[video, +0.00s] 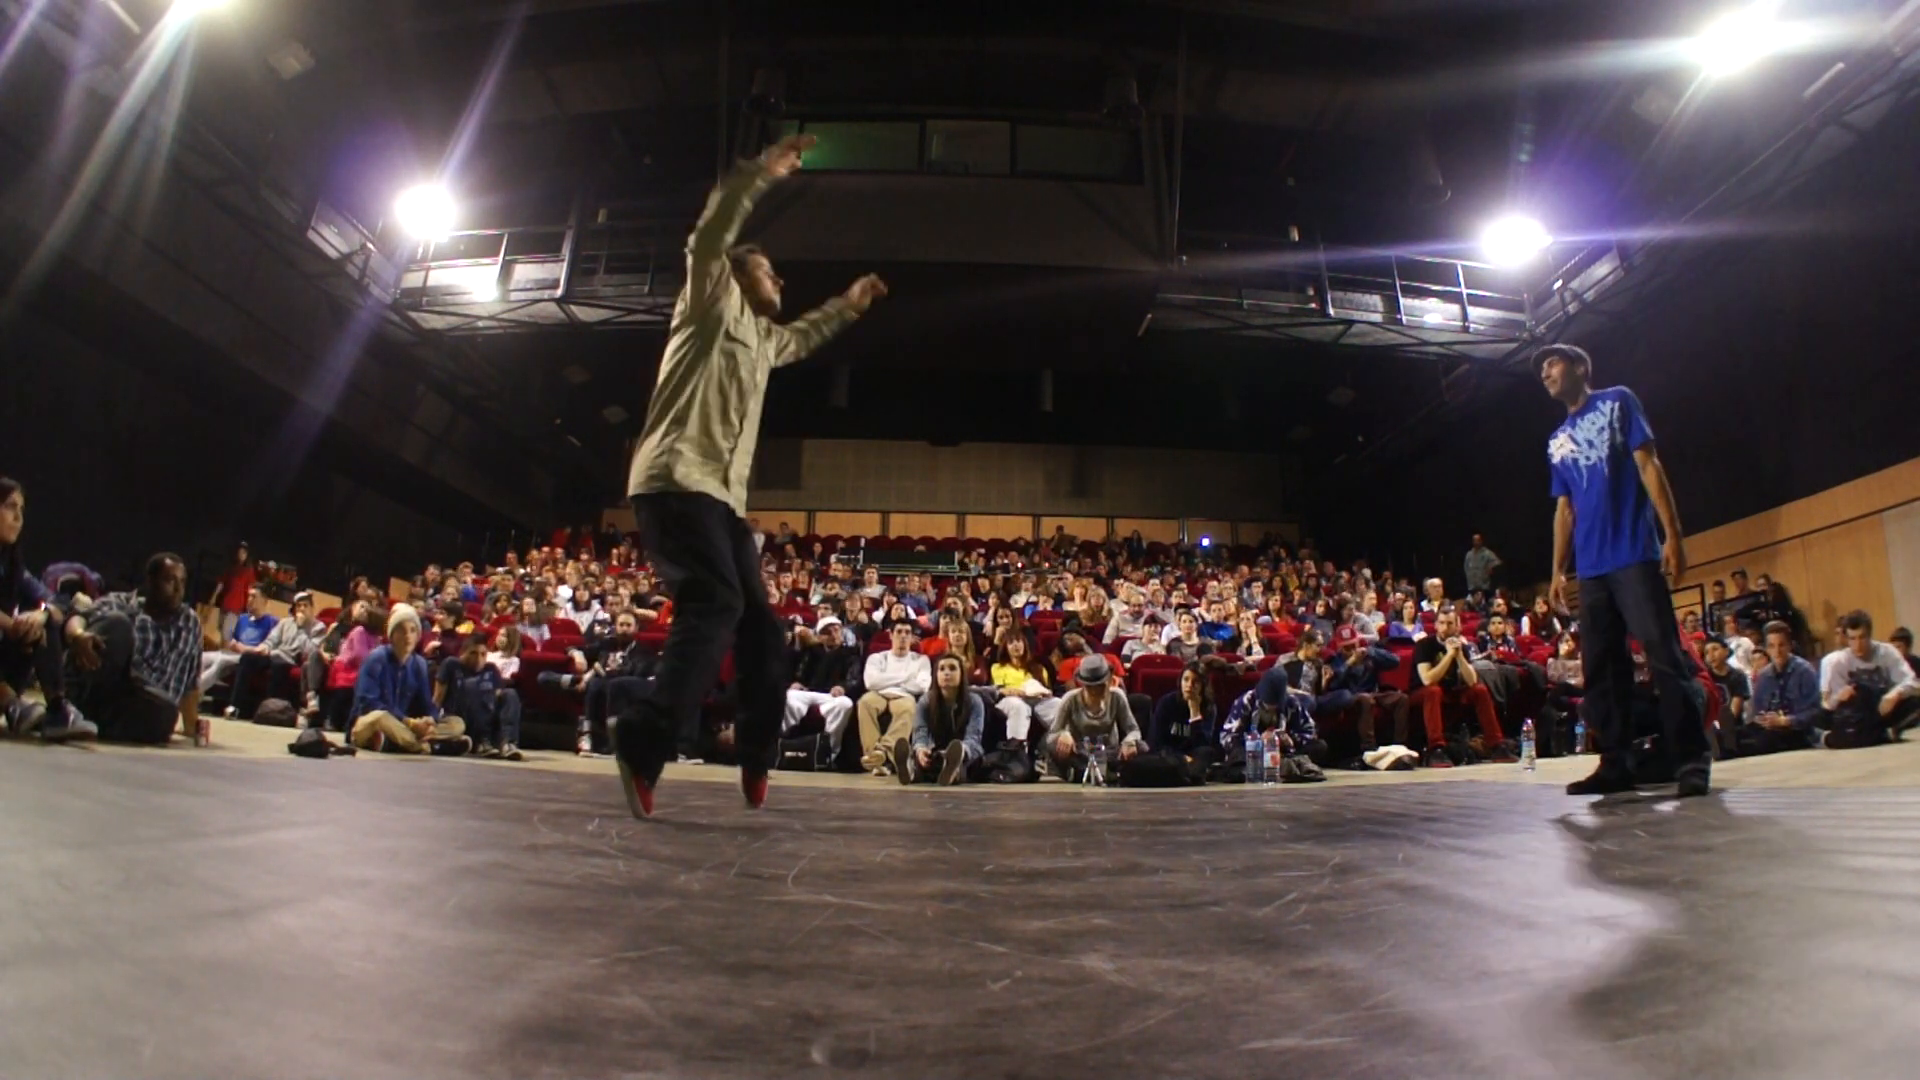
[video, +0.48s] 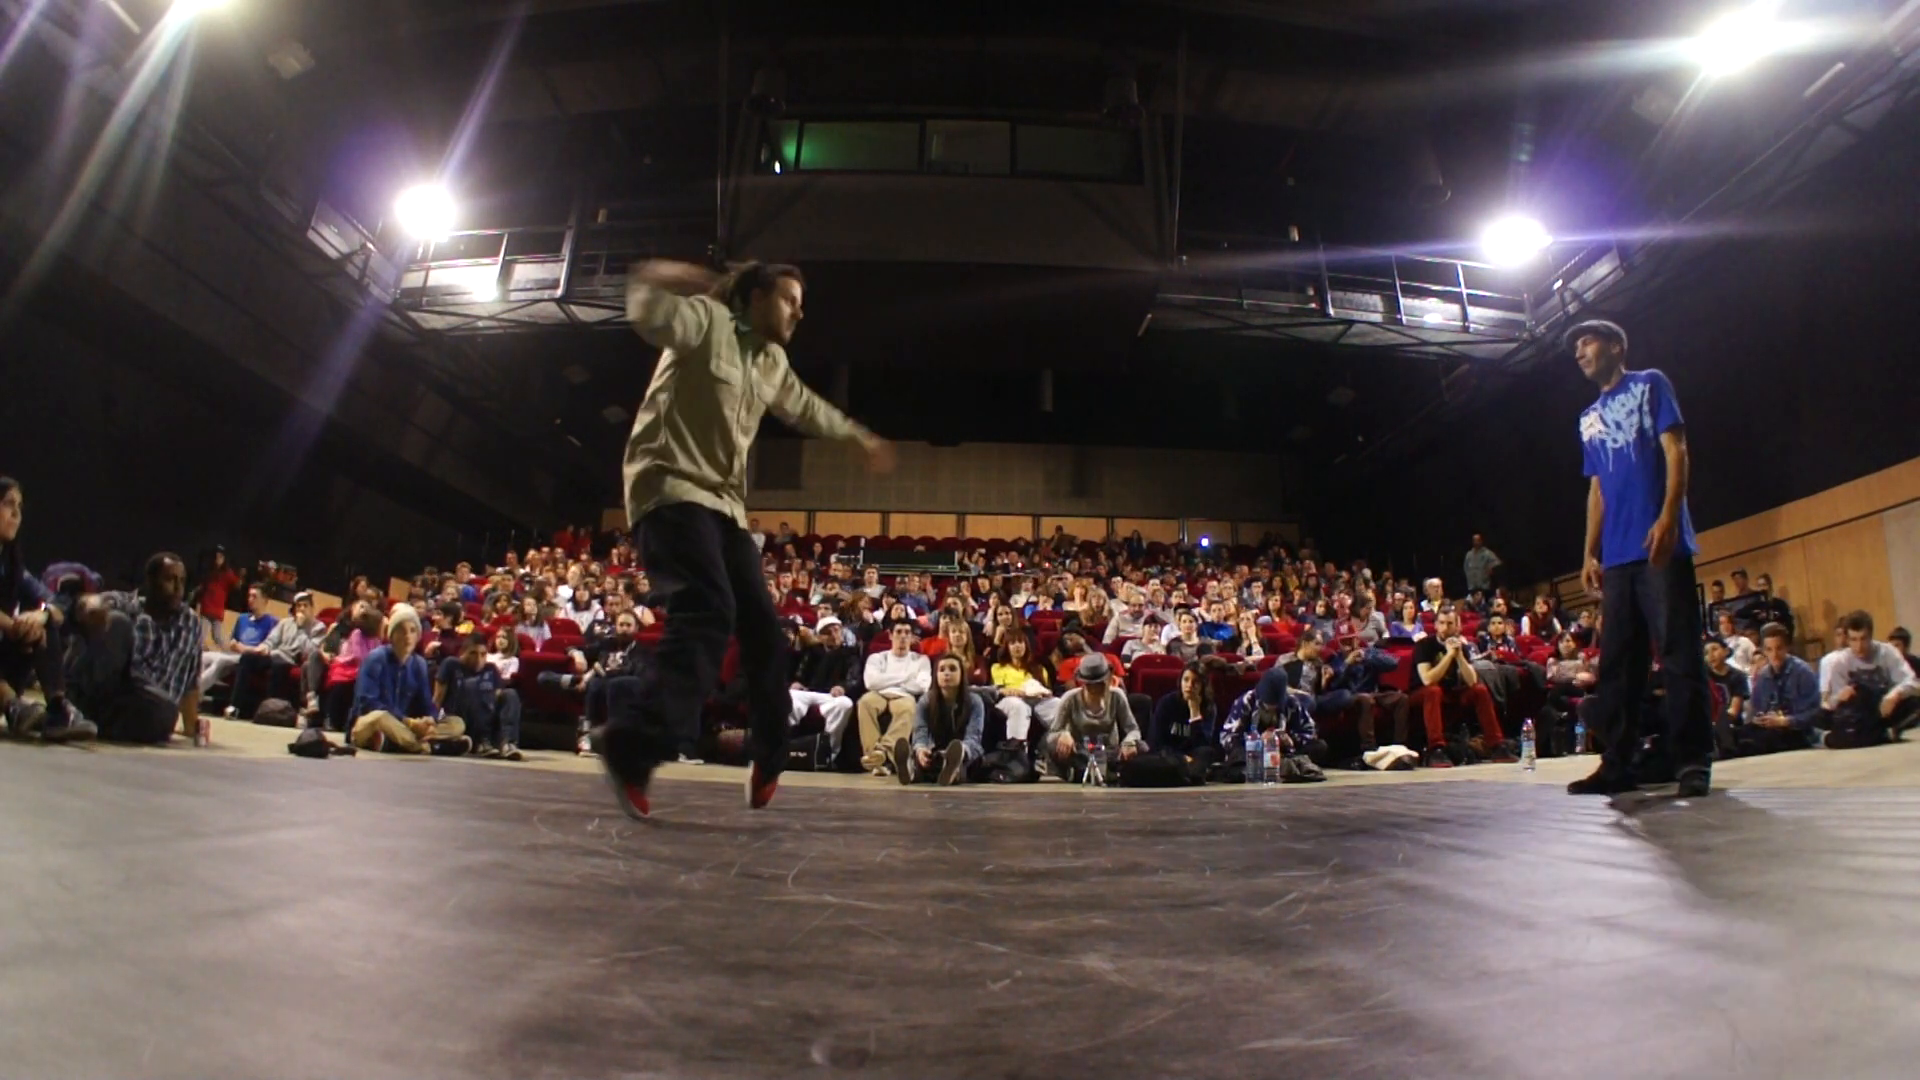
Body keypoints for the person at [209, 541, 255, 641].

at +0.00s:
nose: (241, 555)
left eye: (244, 553)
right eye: (240, 552)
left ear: (247, 555)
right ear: (236, 553)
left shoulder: (248, 570)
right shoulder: (231, 567)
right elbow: (221, 583)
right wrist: (213, 599)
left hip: (237, 605)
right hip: (225, 604)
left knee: (227, 631)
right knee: (222, 630)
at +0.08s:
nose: (238, 553)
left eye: (240, 550)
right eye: (236, 550)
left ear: (244, 552)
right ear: (233, 551)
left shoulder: (245, 565)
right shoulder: (229, 563)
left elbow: (247, 582)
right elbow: (220, 582)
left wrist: (243, 595)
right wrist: (214, 597)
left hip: (235, 602)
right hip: (222, 601)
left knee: (227, 633)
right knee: (217, 627)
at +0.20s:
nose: (233, 551)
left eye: (235, 548)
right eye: (231, 548)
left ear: (239, 550)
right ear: (228, 549)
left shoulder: (241, 563)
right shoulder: (224, 561)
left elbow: (245, 578)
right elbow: (218, 581)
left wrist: (237, 583)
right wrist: (212, 597)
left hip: (232, 600)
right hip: (219, 598)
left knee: (228, 631)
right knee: (212, 624)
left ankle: (227, 650)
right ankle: (205, 643)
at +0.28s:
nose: (229, 552)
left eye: (232, 550)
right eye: (228, 549)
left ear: (235, 551)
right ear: (224, 550)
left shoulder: (238, 564)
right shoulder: (220, 562)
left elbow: (243, 579)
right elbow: (214, 580)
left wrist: (233, 579)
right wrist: (209, 596)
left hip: (230, 599)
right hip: (217, 598)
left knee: (227, 627)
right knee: (209, 623)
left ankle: (226, 647)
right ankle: (201, 643)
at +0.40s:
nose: (222, 557)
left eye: (225, 554)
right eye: (221, 554)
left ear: (228, 556)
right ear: (217, 555)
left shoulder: (231, 569)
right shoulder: (213, 568)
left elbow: (238, 585)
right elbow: (207, 583)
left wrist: (239, 578)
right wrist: (201, 596)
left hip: (224, 604)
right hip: (210, 603)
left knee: (222, 634)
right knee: (204, 632)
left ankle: (224, 654)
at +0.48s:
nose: (218, 560)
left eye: (220, 557)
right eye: (216, 557)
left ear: (224, 559)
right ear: (213, 558)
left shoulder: (226, 572)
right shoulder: (209, 571)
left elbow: (237, 585)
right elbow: (202, 586)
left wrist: (241, 577)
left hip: (218, 609)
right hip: (205, 608)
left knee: (217, 637)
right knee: (202, 638)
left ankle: (227, 653)